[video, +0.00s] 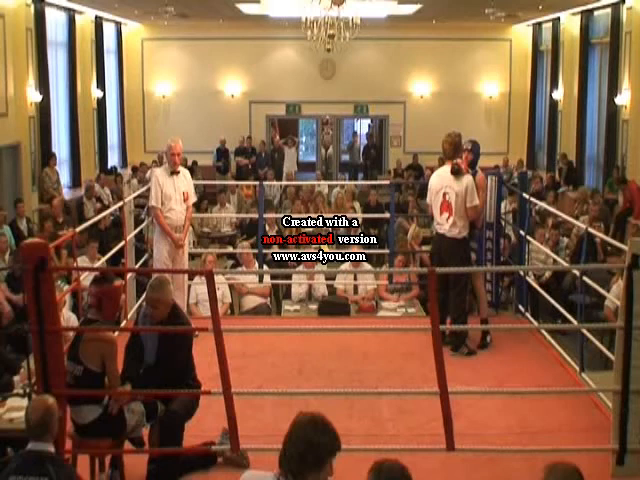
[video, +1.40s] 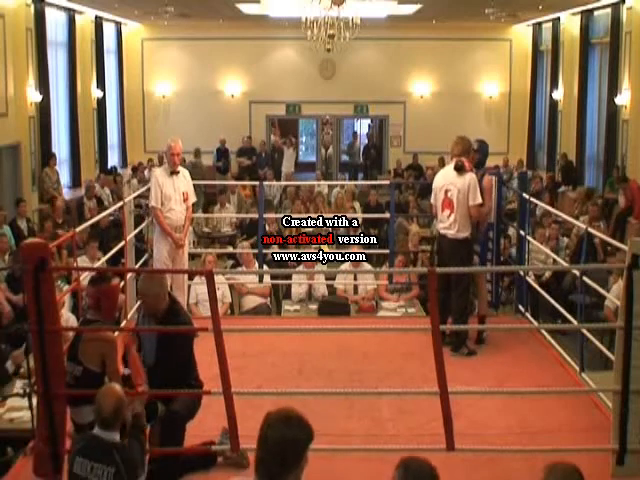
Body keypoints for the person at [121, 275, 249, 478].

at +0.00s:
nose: (152, 311)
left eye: (157, 307)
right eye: (149, 305)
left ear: (170, 303)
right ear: (145, 300)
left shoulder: (180, 326)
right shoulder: (143, 315)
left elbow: (169, 372)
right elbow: (132, 350)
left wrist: (135, 389)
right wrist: (127, 381)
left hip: (182, 389)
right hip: (151, 389)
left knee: (172, 417)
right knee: (164, 467)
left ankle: (159, 471)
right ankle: (216, 451)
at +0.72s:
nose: (148, 308)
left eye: (153, 303)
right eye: (145, 302)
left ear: (167, 301)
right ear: (142, 299)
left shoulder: (180, 326)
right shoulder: (142, 316)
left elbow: (170, 372)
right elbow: (133, 353)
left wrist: (136, 386)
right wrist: (126, 382)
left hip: (182, 389)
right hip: (150, 388)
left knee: (173, 417)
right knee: (163, 468)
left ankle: (159, 470)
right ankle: (216, 451)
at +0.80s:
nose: (141, 306)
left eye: (146, 302)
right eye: (141, 301)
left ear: (162, 302)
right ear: (141, 299)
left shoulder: (180, 326)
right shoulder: (142, 316)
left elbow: (171, 372)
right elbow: (133, 353)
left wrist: (138, 385)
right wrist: (129, 382)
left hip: (183, 389)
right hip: (151, 389)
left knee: (173, 417)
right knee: (162, 469)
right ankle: (216, 450)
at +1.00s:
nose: (143, 309)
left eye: (147, 304)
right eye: (141, 303)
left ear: (162, 303)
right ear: (140, 302)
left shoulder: (180, 326)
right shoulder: (141, 318)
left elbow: (172, 373)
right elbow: (132, 353)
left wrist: (141, 383)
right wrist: (131, 379)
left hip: (183, 388)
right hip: (151, 387)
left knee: (174, 416)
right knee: (161, 467)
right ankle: (216, 450)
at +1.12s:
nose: (142, 310)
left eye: (145, 305)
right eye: (140, 304)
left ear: (161, 302)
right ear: (139, 301)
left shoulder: (180, 326)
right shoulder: (142, 315)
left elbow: (171, 370)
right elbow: (133, 348)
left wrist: (141, 378)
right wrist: (131, 370)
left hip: (183, 386)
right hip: (151, 383)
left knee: (173, 416)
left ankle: (166, 468)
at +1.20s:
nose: (141, 308)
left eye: (145, 304)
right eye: (139, 303)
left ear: (161, 301)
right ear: (138, 300)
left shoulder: (179, 325)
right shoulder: (142, 317)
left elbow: (171, 371)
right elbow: (132, 349)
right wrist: (129, 371)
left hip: (184, 388)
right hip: (154, 388)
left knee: (174, 416)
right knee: (161, 467)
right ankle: (216, 449)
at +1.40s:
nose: (143, 302)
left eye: (147, 296)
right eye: (141, 296)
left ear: (163, 295)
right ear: (139, 294)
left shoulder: (178, 323)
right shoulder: (141, 314)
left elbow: (176, 375)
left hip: (182, 390)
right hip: (150, 389)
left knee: (173, 417)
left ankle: (216, 452)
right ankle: (214, 447)